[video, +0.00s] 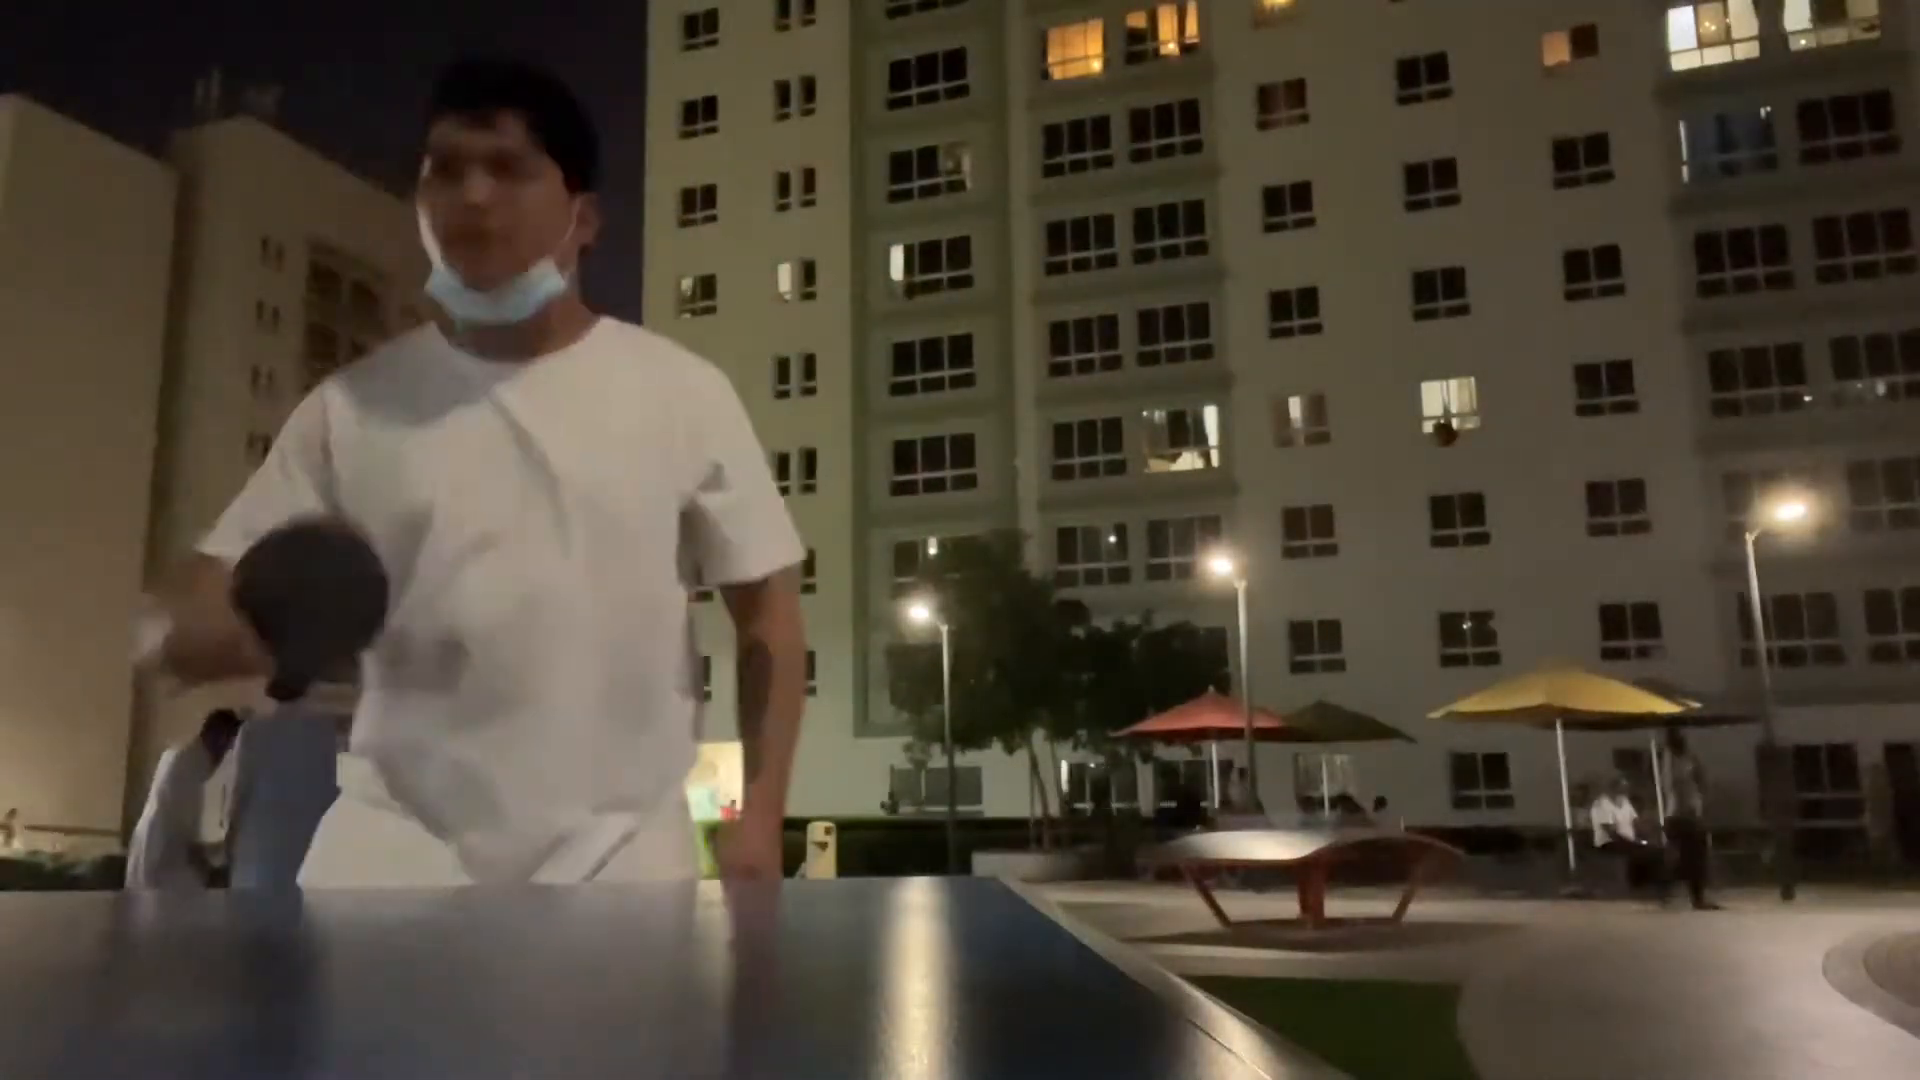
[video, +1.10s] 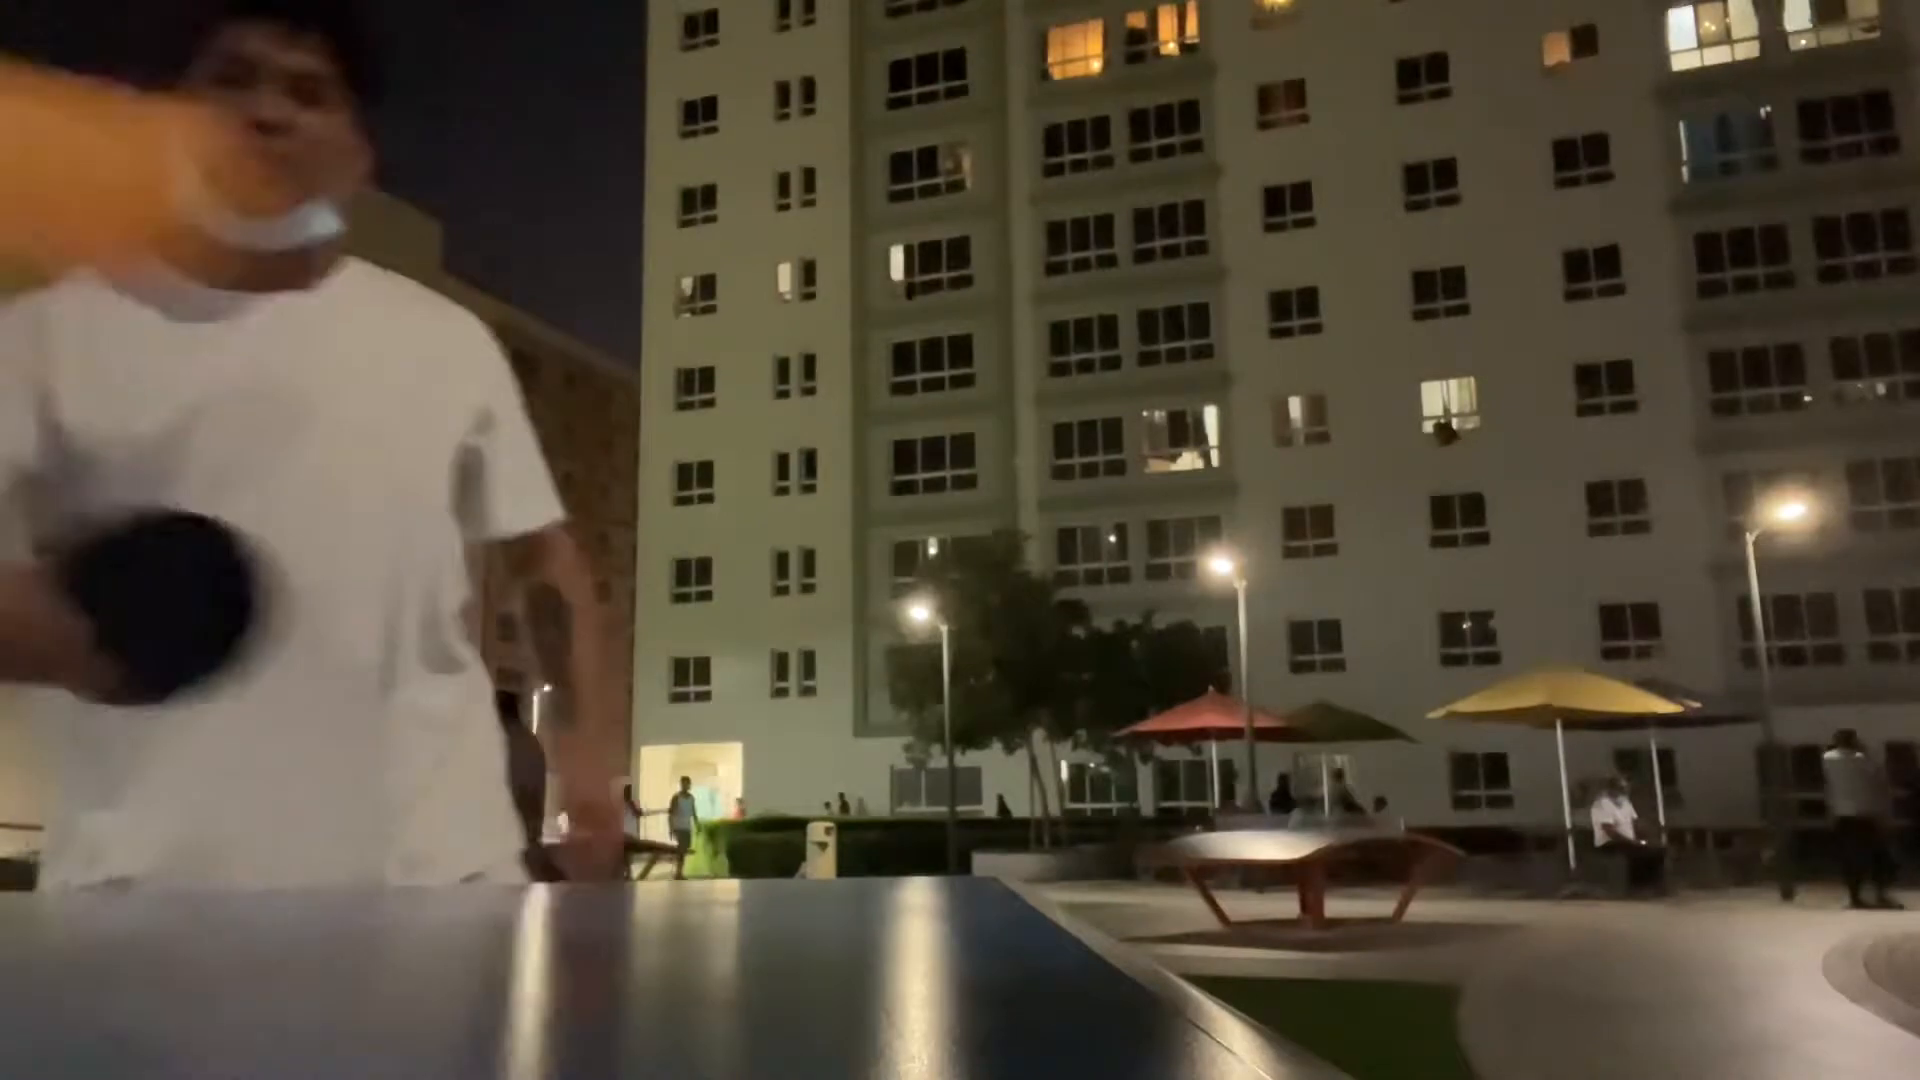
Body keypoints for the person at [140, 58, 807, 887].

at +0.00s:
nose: (466, 196)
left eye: (503, 168)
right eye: (443, 169)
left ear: (580, 219)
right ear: (417, 204)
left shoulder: (679, 398)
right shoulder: (350, 411)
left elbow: (770, 619)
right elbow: (186, 629)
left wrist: (760, 815)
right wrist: (272, 629)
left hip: (616, 860)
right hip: (394, 852)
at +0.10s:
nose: (363, 247)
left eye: (403, 215)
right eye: (349, 215)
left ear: (495, 242)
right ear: (326, 232)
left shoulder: (616, 414)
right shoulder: (284, 426)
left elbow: (741, 623)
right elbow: (45, 496)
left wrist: (754, 849)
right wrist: (73, 599)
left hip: (594, 866)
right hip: (374, 862)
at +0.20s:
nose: (191, 191)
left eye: (236, 162)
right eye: (169, 159)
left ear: (337, 201)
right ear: (143, 183)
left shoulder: (458, 387)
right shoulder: (95, 387)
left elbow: (608, 610)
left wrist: (651, 803)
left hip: (480, 859)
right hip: (240, 872)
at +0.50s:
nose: (267, 150)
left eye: (307, 126)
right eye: (237, 124)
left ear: (382, 174)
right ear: (199, 161)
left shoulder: (481, 380)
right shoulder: (106, 376)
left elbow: (590, 592)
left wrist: (609, 783)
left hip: (429, 892)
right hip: (177, 891)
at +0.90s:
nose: (127, 145)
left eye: (175, 118)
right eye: (103, 111)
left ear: (270, 169)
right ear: (72, 142)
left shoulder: (389, 364)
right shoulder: (22, 363)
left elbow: (527, 597)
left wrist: (533, 791)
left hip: (373, 882)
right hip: (121, 885)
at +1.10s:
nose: (267, 114)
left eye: (308, 91)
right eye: (232, 81)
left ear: (363, 147)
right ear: (173, 112)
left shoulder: (443, 347)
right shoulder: (49, 340)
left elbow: (562, 583)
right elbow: (8, 582)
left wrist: (591, 798)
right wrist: (66, 638)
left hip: (425, 885)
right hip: (144, 890)